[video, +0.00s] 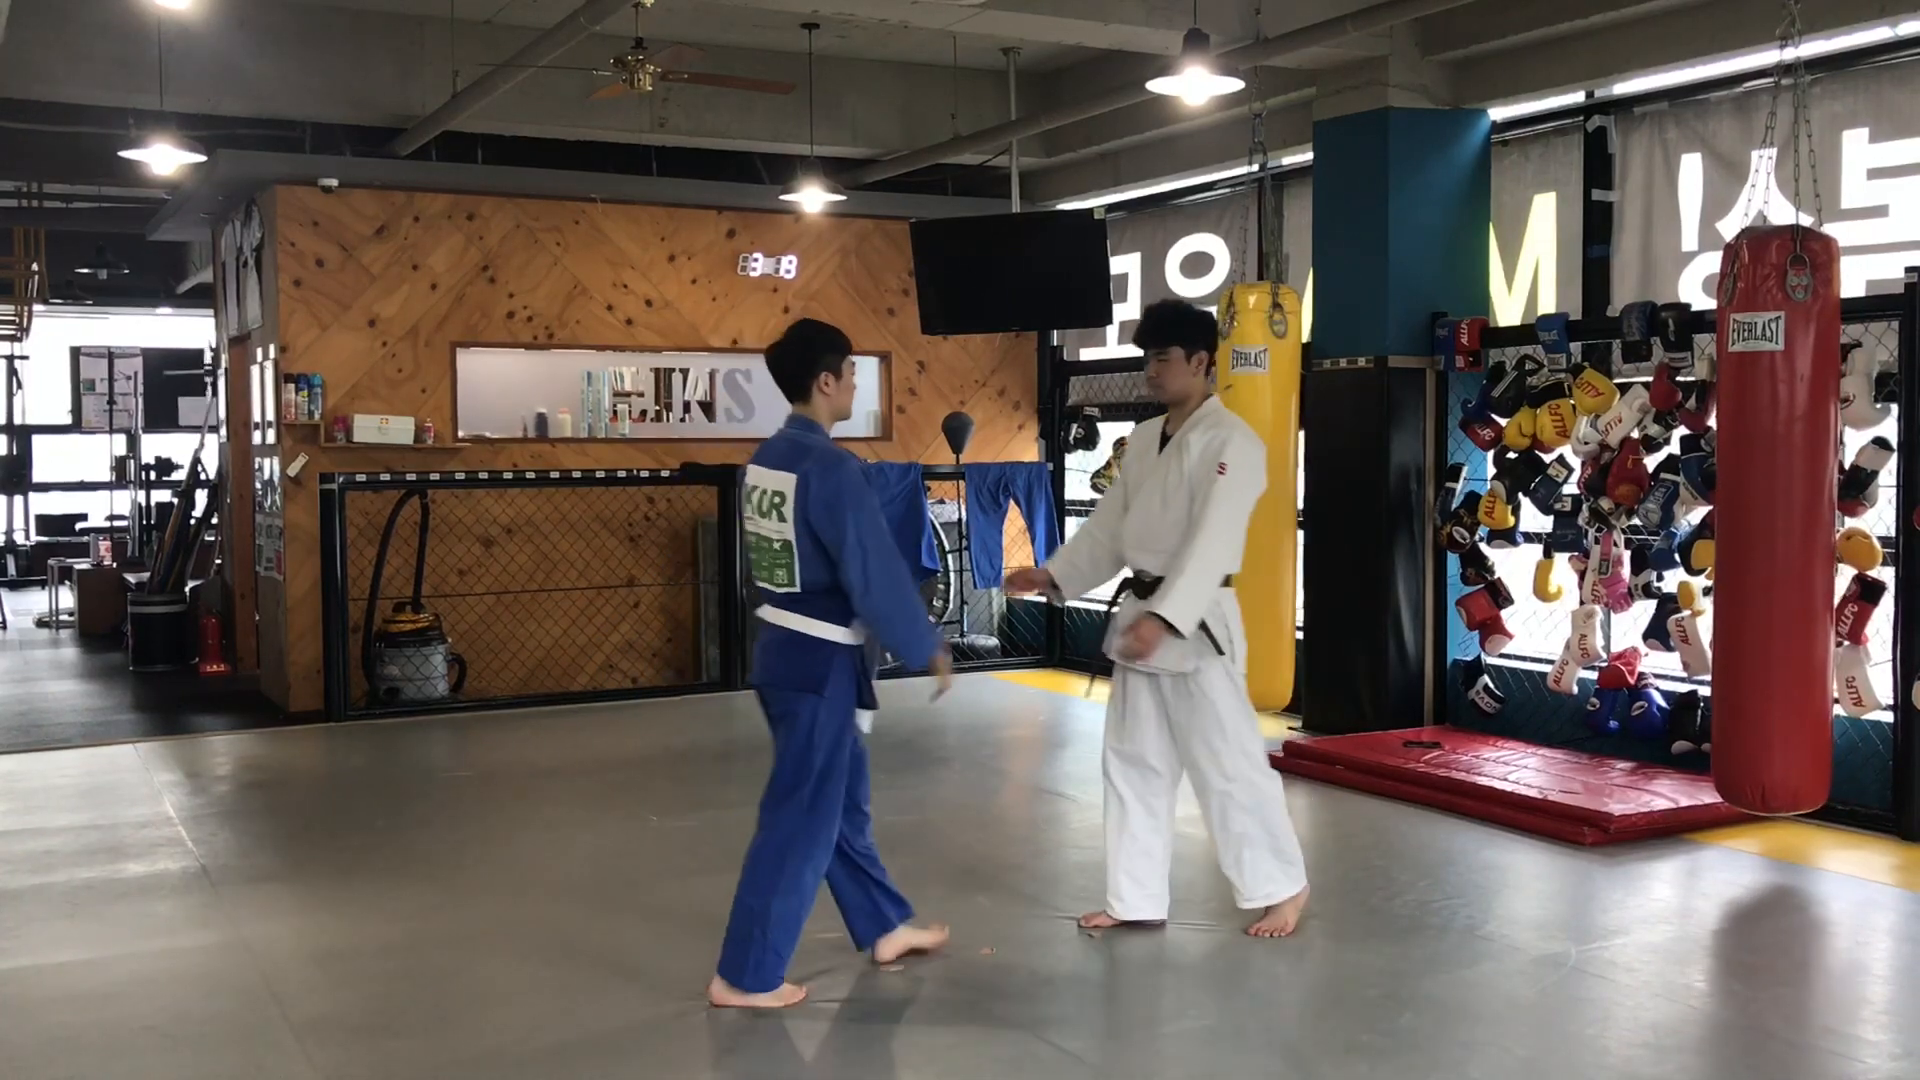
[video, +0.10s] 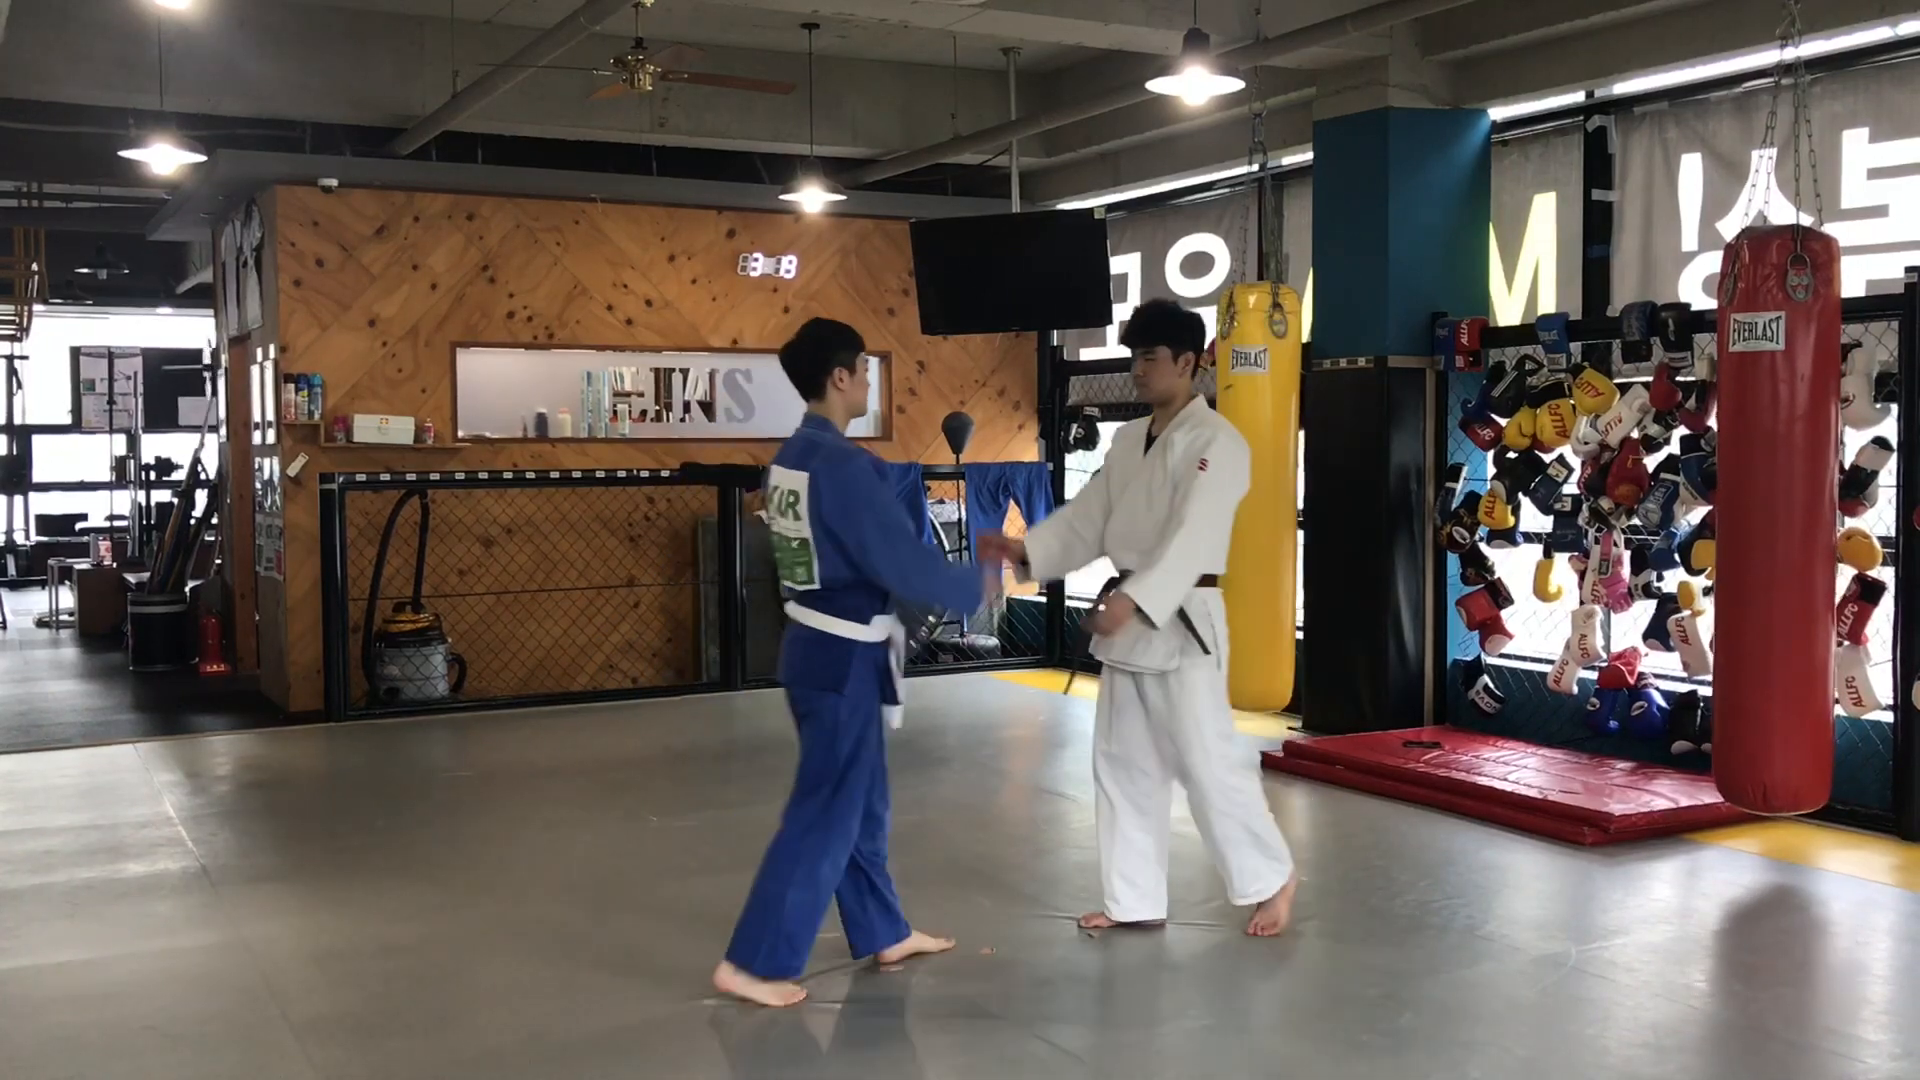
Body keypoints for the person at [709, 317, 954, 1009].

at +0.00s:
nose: (854, 385)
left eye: (852, 373)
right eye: (849, 374)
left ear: (796, 384)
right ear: (826, 381)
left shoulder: (770, 457)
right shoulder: (833, 467)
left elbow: (785, 558)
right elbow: (874, 572)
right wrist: (927, 645)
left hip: (778, 657)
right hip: (821, 665)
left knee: (842, 799)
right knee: (803, 813)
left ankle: (883, 928)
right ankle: (744, 975)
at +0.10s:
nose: (866, 385)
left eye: (864, 374)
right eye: (862, 375)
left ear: (811, 382)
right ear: (840, 380)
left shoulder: (793, 457)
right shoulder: (845, 467)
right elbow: (908, 569)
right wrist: (984, 582)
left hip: (812, 651)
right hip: (845, 661)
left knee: (863, 802)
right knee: (830, 807)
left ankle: (885, 936)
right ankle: (753, 963)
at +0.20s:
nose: (886, 379)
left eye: (883, 366)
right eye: (880, 368)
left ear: (830, 378)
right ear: (855, 375)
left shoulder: (812, 454)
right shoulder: (866, 460)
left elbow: (847, 552)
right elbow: (938, 535)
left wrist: (912, 587)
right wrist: (1013, 517)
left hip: (822, 652)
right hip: (865, 658)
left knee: (855, 795)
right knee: (881, 799)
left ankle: (889, 933)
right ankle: (776, 933)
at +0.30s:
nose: (904, 378)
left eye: (901, 366)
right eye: (898, 366)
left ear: (848, 378)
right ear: (871, 374)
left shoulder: (826, 455)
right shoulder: (883, 456)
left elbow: (893, 556)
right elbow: (966, 510)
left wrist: (956, 536)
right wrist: (1051, 477)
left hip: (834, 649)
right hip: (882, 655)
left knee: (862, 792)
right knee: (919, 791)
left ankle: (892, 932)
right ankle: (834, 927)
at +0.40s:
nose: (920, 376)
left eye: (917, 364)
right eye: (913, 365)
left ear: (859, 374)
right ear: (886, 371)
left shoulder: (843, 449)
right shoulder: (903, 451)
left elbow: (950, 531)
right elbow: (991, 485)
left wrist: (1017, 506)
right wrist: (1089, 457)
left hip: (839, 645)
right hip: (891, 648)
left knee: (864, 794)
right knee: (926, 792)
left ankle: (876, 936)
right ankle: (908, 949)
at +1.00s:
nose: (965, 369)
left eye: (960, 357)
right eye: (957, 359)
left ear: (899, 376)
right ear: (933, 371)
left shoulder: (891, 439)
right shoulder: (965, 452)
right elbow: (1057, 480)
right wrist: (1150, 466)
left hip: (884, 639)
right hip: (938, 647)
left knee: (891, 792)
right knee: (948, 801)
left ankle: (888, 932)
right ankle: (942, 957)